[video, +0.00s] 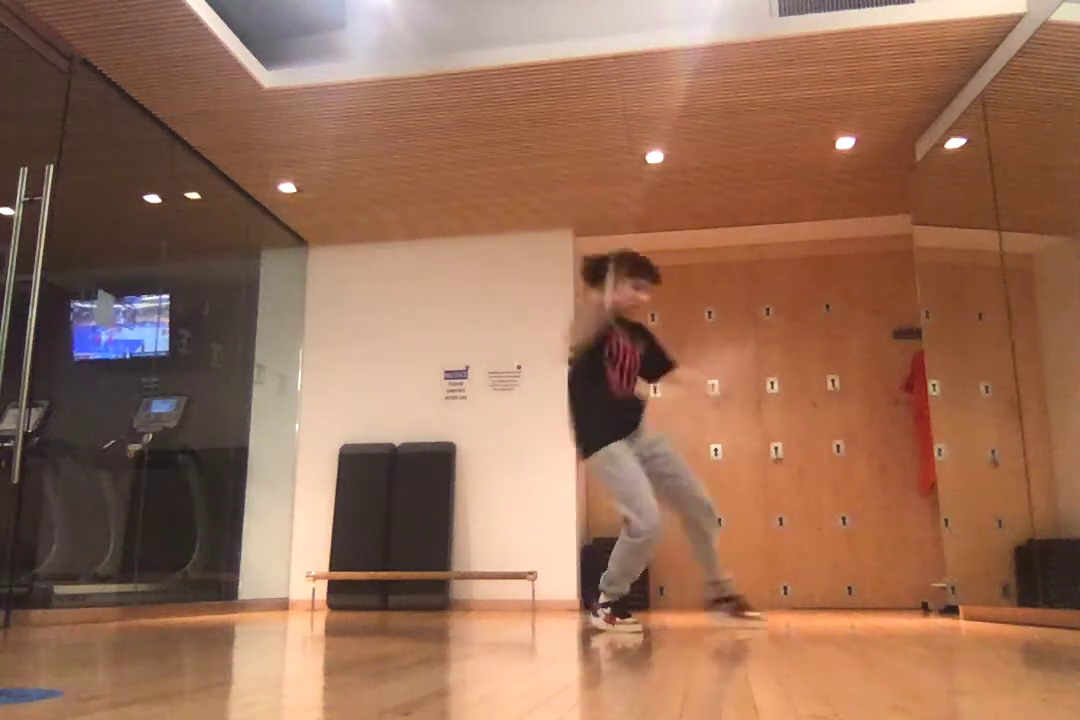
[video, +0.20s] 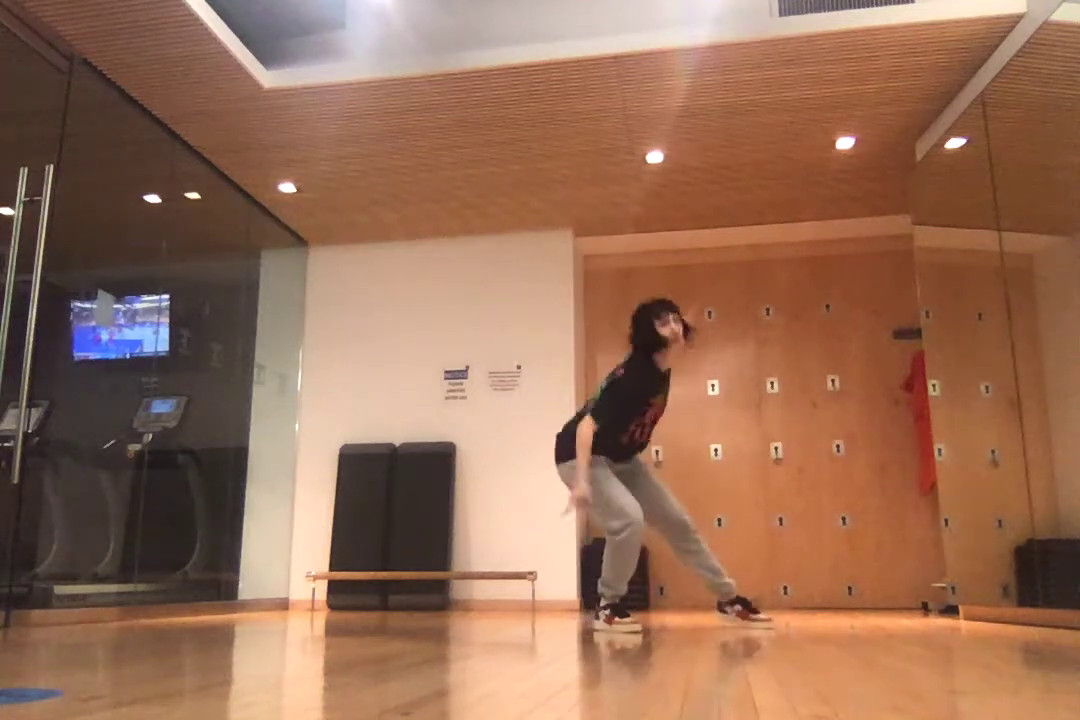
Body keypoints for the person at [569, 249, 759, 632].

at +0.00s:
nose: (642, 298)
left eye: (646, 291)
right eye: (635, 288)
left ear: (648, 294)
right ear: (610, 288)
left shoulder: (636, 334)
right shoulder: (590, 331)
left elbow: (667, 376)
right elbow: (579, 337)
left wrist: (707, 385)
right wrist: (599, 303)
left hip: (636, 433)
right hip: (602, 442)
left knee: (696, 505)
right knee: (646, 521)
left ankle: (720, 595)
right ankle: (605, 603)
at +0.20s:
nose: (673, 326)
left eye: (675, 320)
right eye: (663, 322)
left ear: (681, 326)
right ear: (649, 331)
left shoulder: (661, 370)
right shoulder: (631, 374)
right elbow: (585, 427)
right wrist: (581, 482)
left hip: (624, 457)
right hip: (585, 457)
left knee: (678, 523)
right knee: (628, 519)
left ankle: (729, 600)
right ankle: (608, 608)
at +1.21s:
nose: (582, 304)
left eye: (590, 298)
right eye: (575, 299)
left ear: (602, 306)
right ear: (567, 308)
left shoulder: (617, 348)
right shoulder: (559, 361)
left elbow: (643, 388)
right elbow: (560, 422)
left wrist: (669, 401)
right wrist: (554, 470)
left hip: (622, 444)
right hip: (582, 455)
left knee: (598, 517)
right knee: (601, 527)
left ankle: (577, 598)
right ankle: (648, 587)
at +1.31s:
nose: (585, 305)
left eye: (592, 298)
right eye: (579, 299)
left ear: (605, 304)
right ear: (570, 308)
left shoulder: (622, 348)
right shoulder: (562, 352)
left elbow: (643, 395)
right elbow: (566, 410)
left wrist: (680, 423)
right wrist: (598, 442)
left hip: (626, 438)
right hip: (587, 445)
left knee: (602, 505)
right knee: (627, 520)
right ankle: (676, 588)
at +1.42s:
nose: (587, 305)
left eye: (594, 298)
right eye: (581, 299)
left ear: (608, 304)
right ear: (574, 306)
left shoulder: (626, 348)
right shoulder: (564, 344)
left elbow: (671, 383)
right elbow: (546, 393)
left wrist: (648, 418)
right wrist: (583, 399)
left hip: (621, 445)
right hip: (585, 452)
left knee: (620, 531)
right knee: (589, 545)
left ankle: (660, 596)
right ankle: (651, 579)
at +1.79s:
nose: (586, 285)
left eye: (596, 287)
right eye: (591, 280)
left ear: (603, 308)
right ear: (586, 287)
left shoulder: (592, 340)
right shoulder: (551, 310)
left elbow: (599, 392)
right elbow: (522, 288)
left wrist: (560, 366)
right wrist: (545, 299)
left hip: (567, 418)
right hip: (523, 425)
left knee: (604, 501)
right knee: (489, 505)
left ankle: (641, 585)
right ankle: (485, 591)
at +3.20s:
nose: (602, 348)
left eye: (606, 343)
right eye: (603, 340)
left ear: (591, 325)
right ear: (590, 327)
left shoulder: (572, 347)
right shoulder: (549, 328)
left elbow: (582, 317)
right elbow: (516, 306)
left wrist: (572, 295)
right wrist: (553, 286)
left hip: (531, 449)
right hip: (494, 442)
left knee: (551, 517)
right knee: (504, 526)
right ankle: (454, 584)